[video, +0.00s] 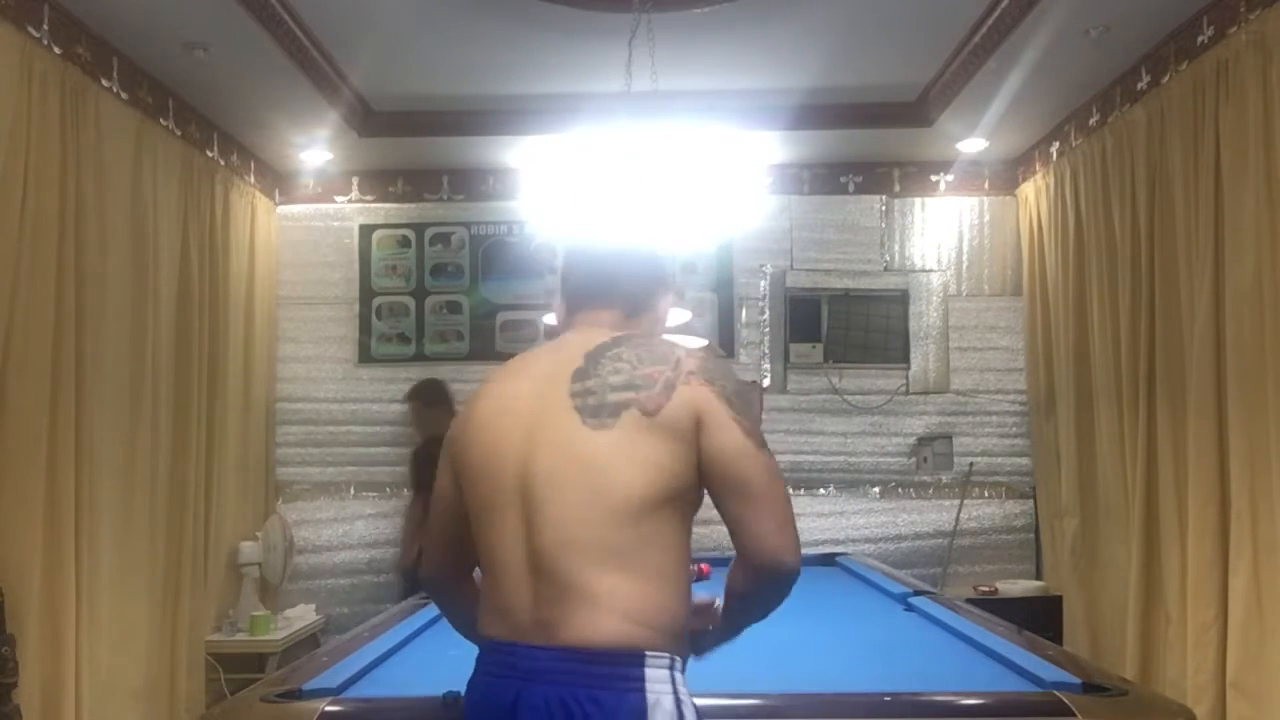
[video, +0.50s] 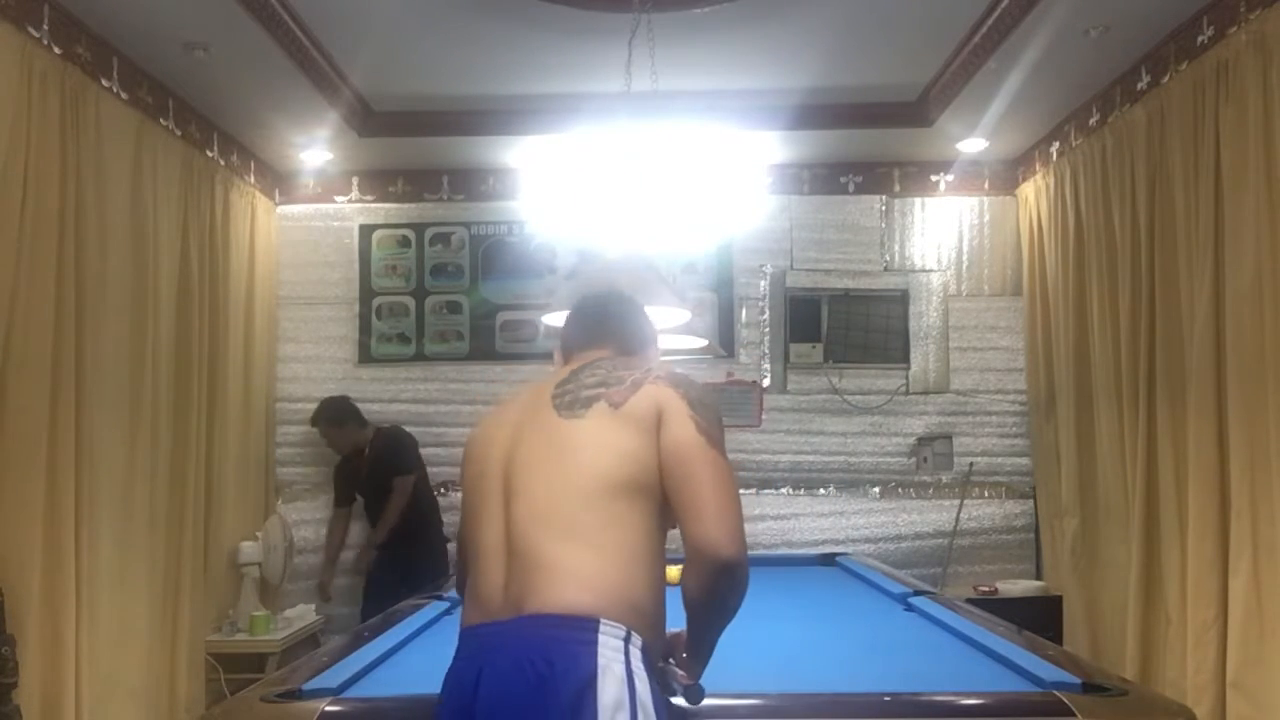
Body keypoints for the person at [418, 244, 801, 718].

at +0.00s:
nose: (670, 317)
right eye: (669, 307)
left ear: (563, 304)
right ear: (658, 304)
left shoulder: (488, 395)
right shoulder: (684, 380)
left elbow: (439, 570)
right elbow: (774, 556)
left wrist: (508, 638)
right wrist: (719, 624)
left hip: (498, 690)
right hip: (632, 694)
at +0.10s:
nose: (665, 335)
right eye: (665, 328)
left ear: (558, 328)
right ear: (653, 324)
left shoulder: (489, 402)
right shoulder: (674, 390)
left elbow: (445, 576)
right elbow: (758, 555)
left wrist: (511, 646)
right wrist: (716, 645)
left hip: (487, 688)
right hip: (620, 691)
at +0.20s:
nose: (662, 347)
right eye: (662, 338)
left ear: (560, 336)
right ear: (651, 335)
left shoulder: (492, 404)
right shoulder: (667, 392)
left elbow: (448, 577)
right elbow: (743, 555)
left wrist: (507, 646)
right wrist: (713, 647)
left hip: (481, 685)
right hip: (610, 687)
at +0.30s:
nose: (664, 349)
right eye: (663, 342)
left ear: (558, 340)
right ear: (652, 340)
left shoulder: (490, 409)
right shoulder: (666, 390)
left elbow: (447, 568)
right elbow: (737, 554)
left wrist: (502, 639)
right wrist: (708, 648)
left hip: (477, 683)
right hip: (603, 685)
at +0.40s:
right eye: (660, 352)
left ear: (559, 348)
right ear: (651, 346)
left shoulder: (492, 413)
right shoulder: (663, 392)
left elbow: (460, 578)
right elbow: (729, 553)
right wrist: (702, 644)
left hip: (475, 677)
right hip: (595, 678)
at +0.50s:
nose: (657, 370)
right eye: (656, 363)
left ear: (560, 356)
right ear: (650, 357)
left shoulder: (492, 420)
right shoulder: (658, 398)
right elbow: (721, 552)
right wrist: (695, 647)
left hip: (473, 671)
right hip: (591, 670)